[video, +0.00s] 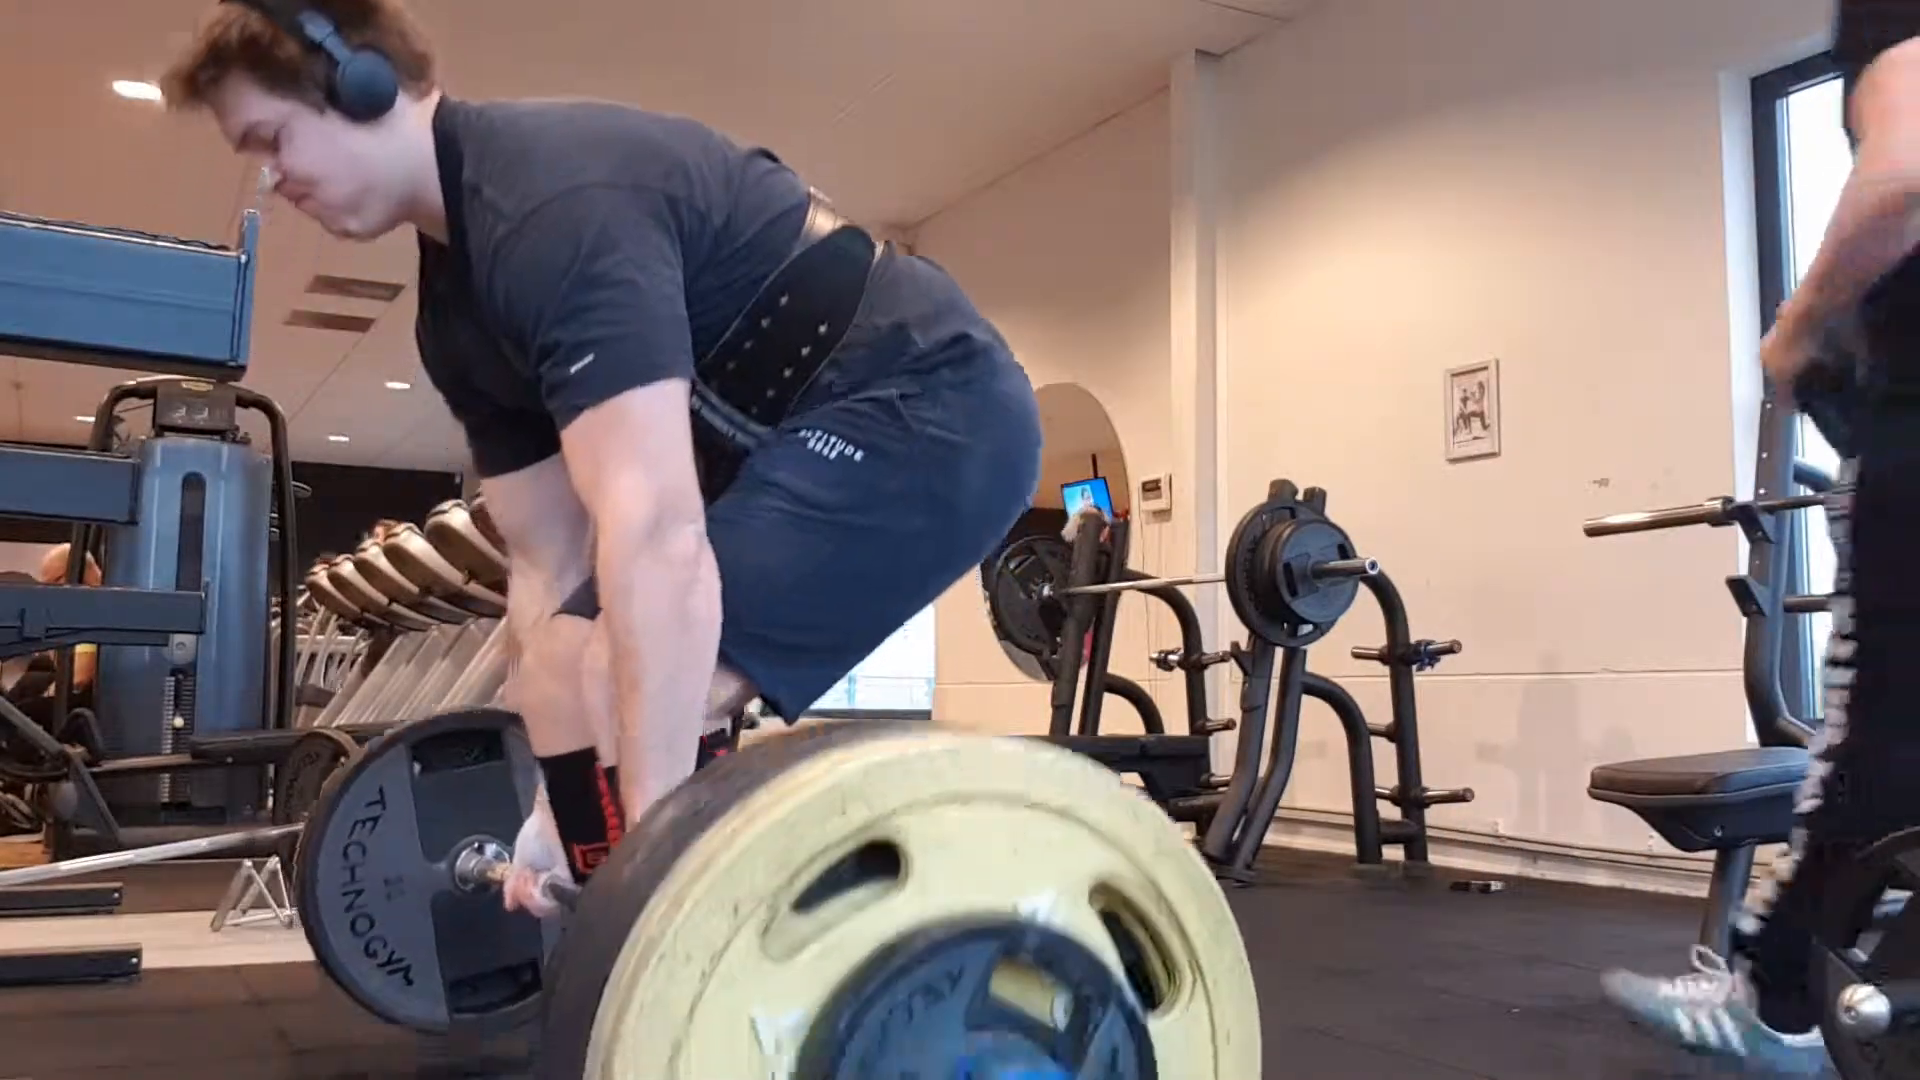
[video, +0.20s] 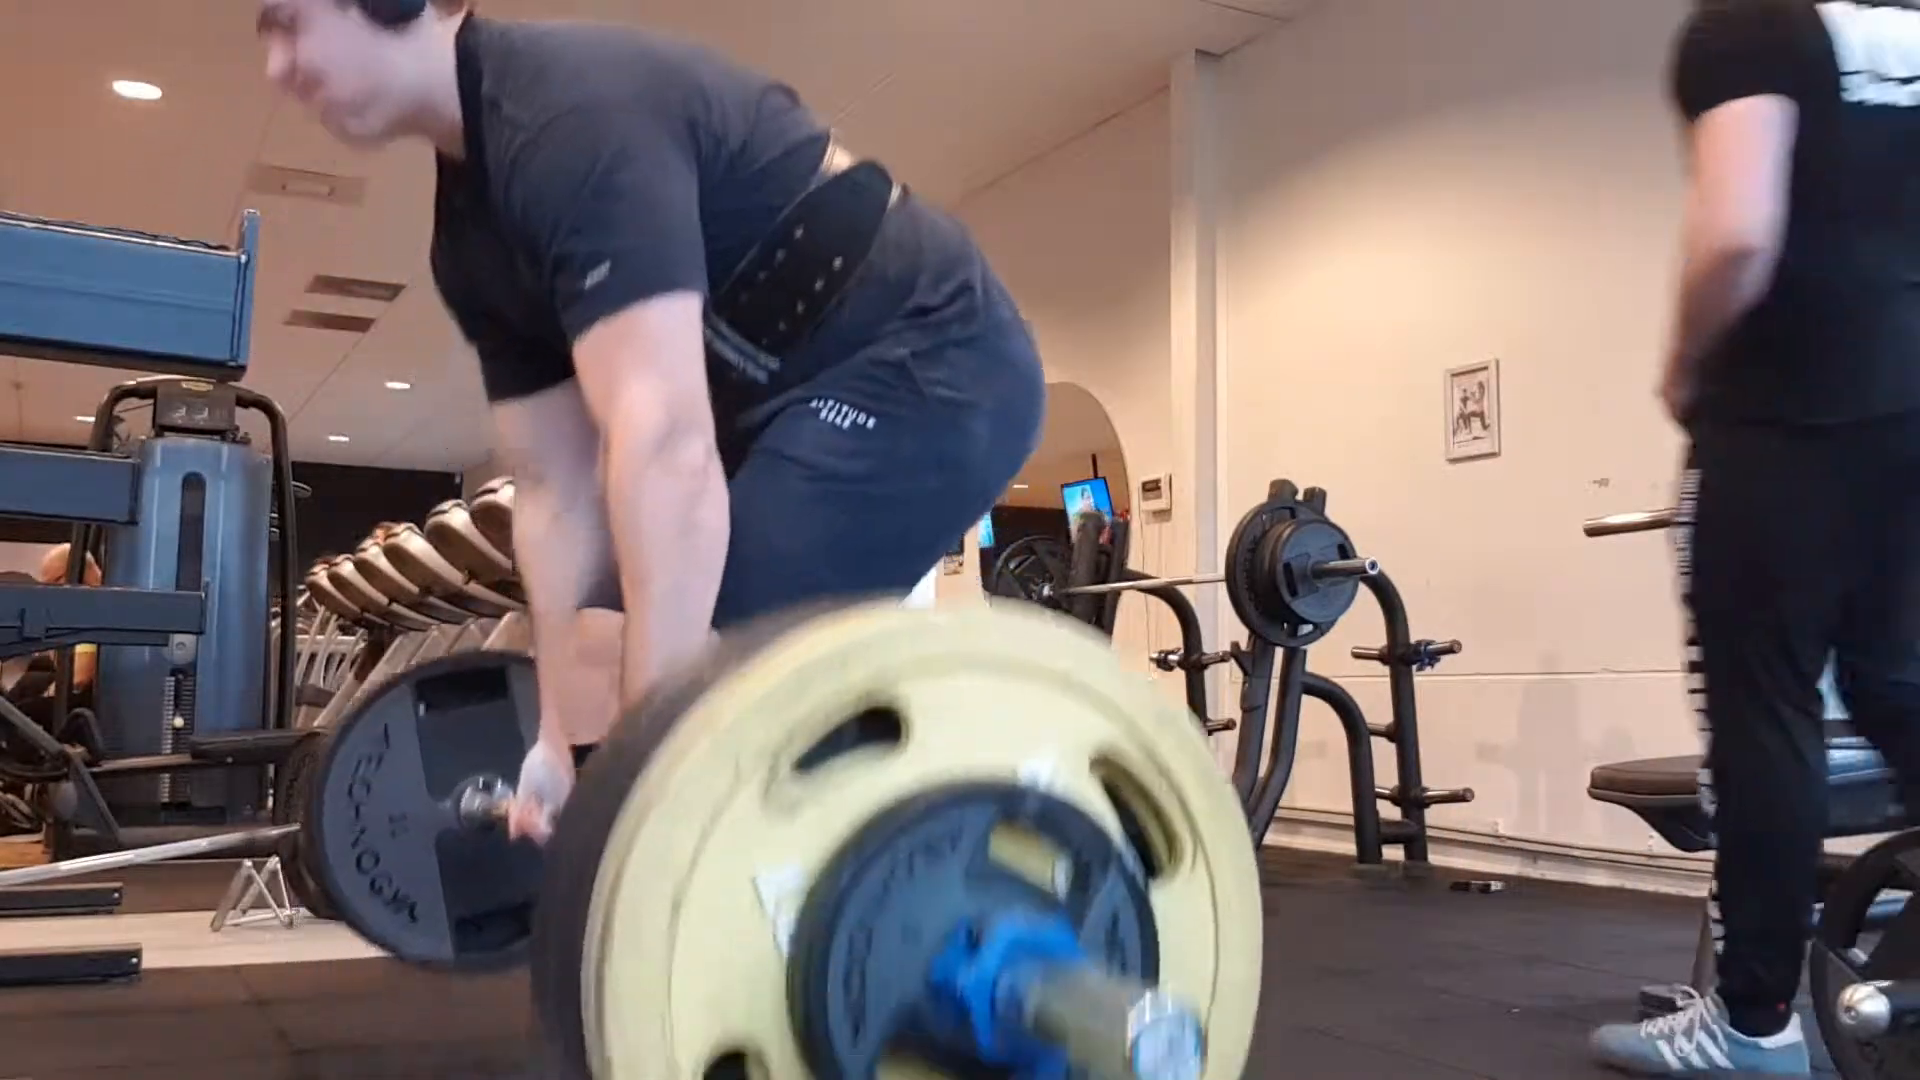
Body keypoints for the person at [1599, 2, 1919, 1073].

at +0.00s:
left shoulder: (1883, 14)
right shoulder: (1877, 25)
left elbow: (1896, 183)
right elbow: (1894, 184)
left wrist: (1801, 319)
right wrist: (1820, 316)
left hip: (1903, 429)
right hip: (1895, 425)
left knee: (1874, 709)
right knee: (1874, 704)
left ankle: (1784, 996)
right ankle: (1783, 987)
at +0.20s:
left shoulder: (1750, 21)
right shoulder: (1896, 28)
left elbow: (1739, 233)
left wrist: (1685, 361)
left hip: (1788, 439)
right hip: (1897, 429)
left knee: (1761, 722)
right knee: (1894, 690)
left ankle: (1755, 1018)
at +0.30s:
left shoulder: (1670, 36)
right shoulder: (1866, 38)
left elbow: (1640, 250)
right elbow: (1900, 226)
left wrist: (1615, 351)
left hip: (1739, 400)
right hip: (1864, 394)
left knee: (1731, 697)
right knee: (1772, 661)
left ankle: (1754, 1017)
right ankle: (1885, 833)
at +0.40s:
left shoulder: (1607, 50)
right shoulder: (1802, 41)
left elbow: (1550, 263)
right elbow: (1910, 195)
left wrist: (1539, 345)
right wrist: (1804, 267)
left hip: (1682, 404)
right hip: (1805, 396)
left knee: (1706, 700)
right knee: (1723, 669)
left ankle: (1755, 1015)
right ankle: (1756, 956)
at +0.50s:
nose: (1539, 29)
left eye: (1539, 22)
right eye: (1544, 24)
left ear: (1563, 9)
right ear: (1655, 1)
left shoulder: (1555, 72)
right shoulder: (1757, 67)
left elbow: (1474, 283)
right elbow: (1865, 223)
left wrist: (1482, 356)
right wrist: (1745, 291)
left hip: (1630, 421)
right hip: (1752, 419)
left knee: (1676, 703)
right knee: (1628, 677)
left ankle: (1753, 1013)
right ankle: (1587, 961)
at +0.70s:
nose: (1460, 36)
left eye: (1463, 23)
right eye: (1467, 24)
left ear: (1485, 25)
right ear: (1569, 25)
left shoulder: (1472, 115)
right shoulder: (1651, 122)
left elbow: (1397, 306)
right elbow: (1755, 275)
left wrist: (1398, 391)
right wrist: (1631, 332)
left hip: (1521, 444)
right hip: (1626, 445)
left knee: (1555, 702)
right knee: (1532, 692)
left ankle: (1718, 970)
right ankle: (1483, 954)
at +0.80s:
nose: (1414, 42)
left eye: (1420, 25)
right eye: (1419, 25)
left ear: (1448, 30)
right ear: (1520, 31)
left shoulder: (1437, 125)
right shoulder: (1597, 137)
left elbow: (1383, 307)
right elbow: (1679, 295)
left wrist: (1357, 390)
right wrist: (1568, 335)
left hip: (1467, 441)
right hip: (1570, 442)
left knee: (1438, 693)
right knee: (1500, 694)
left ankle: (1615, 894)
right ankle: (1475, 954)